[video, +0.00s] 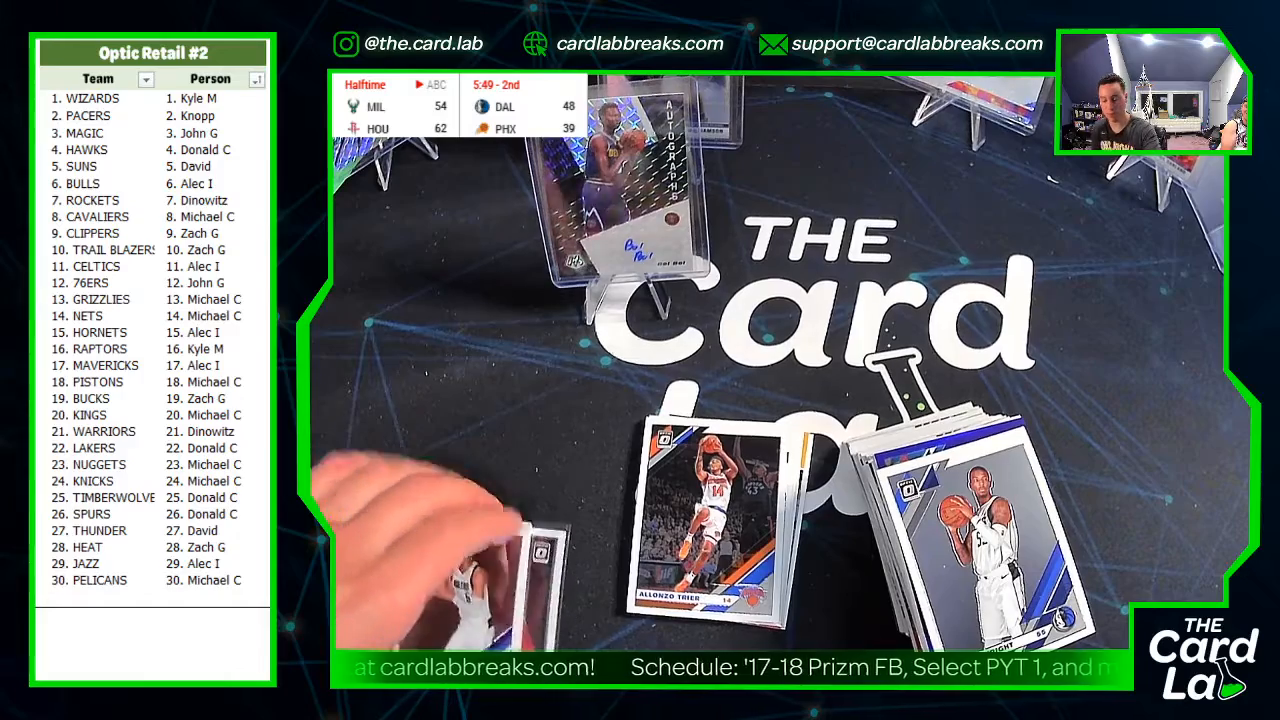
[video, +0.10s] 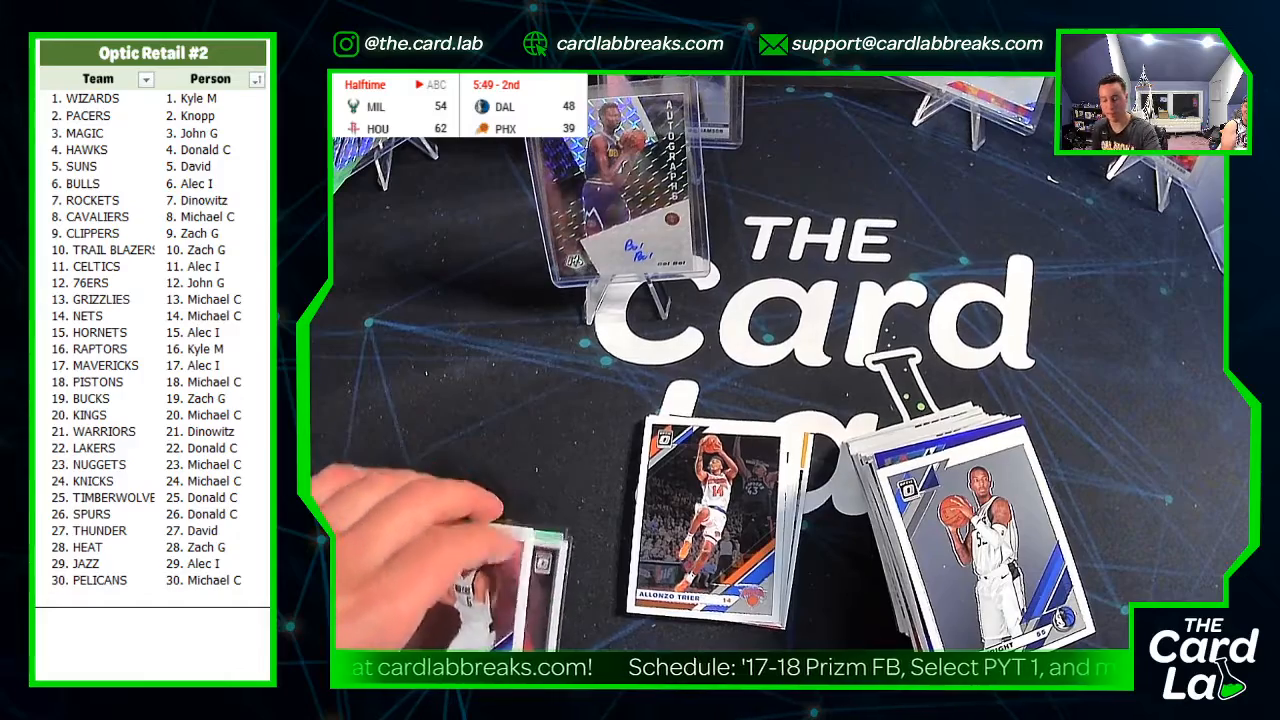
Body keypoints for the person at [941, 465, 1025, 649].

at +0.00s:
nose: (980, 483)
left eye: (983, 479)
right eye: (975, 480)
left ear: (990, 481)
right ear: (970, 486)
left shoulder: (1000, 504)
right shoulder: (974, 517)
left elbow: (996, 538)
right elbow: (965, 559)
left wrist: (972, 517)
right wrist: (953, 531)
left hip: (1007, 579)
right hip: (985, 585)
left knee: (1018, 633)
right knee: (991, 641)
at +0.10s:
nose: (980, 483)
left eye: (983, 479)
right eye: (975, 480)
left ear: (990, 482)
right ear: (970, 486)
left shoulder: (1000, 504)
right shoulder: (974, 517)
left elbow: (996, 539)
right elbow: (965, 559)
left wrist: (972, 517)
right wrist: (953, 531)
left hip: (1007, 579)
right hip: (985, 585)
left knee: (1018, 633)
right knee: (991, 641)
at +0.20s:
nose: (980, 484)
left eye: (983, 479)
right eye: (975, 480)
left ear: (990, 482)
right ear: (970, 486)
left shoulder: (1000, 504)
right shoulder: (974, 517)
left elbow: (996, 538)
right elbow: (965, 559)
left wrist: (972, 517)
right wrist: (953, 531)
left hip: (1007, 579)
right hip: (985, 585)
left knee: (1018, 633)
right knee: (991, 640)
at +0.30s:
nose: (980, 484)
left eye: (983, 479)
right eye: (975, 480)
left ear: (990, 482)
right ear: (970, 486)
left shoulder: (1000, 504)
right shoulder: (974, 517)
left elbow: (996, 538)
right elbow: (965, 559)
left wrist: (972, 517)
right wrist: (953, 531)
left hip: (1007, 579)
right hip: (985, 585)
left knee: (1018, 633)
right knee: (991, 640)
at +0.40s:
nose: (980, 484)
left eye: (983, 479)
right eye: (975, 480)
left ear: (990, 482)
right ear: (970, 486)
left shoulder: (1000, 504)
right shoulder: (974, 517)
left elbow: (996, 538)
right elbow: (965, 559)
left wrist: (972, 517)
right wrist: (953, 531)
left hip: (1007, 579)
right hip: (985, 585)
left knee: (1018, 633)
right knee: (991, 640)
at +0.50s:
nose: (980, 484)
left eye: (983, 479)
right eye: (975, 480)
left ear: (990, 482)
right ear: (970, 486)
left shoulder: (1000, 504)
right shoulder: (974, 517)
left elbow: (996, 538)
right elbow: (965, 559)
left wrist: (972, 517)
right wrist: (953, 531)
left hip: (1007, 579)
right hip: (985, 585)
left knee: (1018, 633)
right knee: (991, 640)